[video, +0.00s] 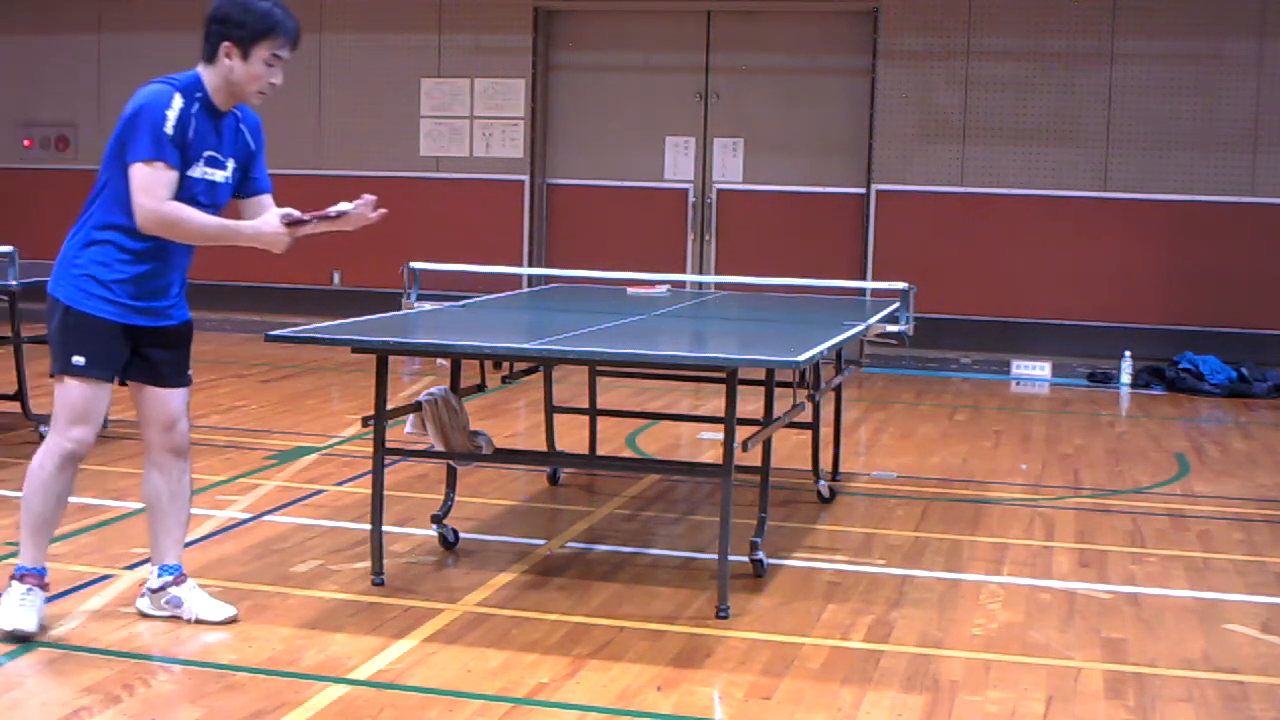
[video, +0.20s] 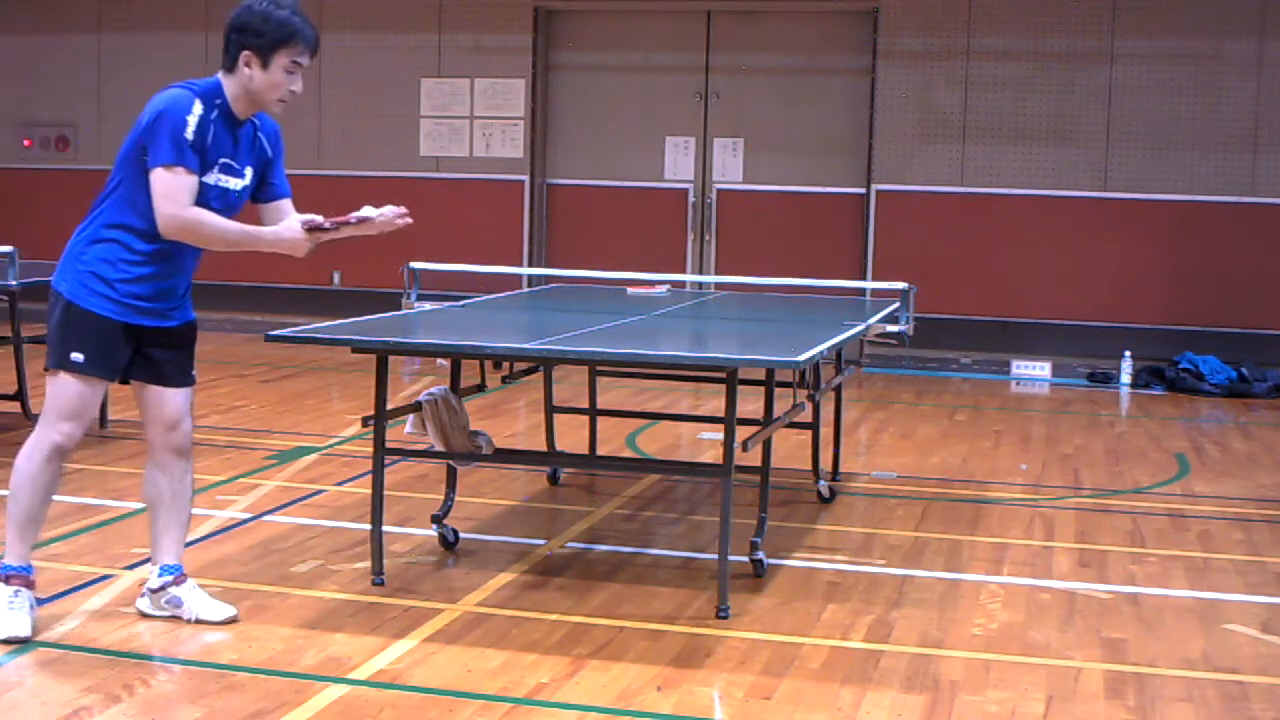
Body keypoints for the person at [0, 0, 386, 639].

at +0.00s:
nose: (278, 76)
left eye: (283, 63)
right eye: (270, 60)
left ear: (244, 59)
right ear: (228, 53)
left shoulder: (245, 126)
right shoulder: (162, 105)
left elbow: (260, 224)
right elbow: (150, 211)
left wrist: (330, 221)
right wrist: (247, 234)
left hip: (162, 298)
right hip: (95, 291)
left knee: (171, 438)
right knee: (73, 437)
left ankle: (166, 582)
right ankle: (27, 581)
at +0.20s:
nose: (297, 86)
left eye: (302, 73)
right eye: (290, 69)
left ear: (259, 67)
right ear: (247, 60)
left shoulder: (264, 136)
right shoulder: (180, 109)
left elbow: (283, 234)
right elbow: (173, 217)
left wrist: (356, 226)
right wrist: (270, 239)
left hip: (167, 299)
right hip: (98, 288)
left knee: (174, 438)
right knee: (61, 430)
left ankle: (166, 582)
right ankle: (14, 577)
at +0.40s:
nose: (303, 94)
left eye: (308, 81)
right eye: (296, 78)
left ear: (266, 74)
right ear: (252, 66)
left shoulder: (271, 143)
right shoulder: (187, 115)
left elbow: (291, 240)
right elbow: (184, 224)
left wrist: (368, 239)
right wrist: (283, 243)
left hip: (164, 299)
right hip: (95, 285)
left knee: (173, 438)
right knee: (43, 431)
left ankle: (166, 582)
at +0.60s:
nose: (295, 96)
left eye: (300, 83)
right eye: (288, 80)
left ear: (261, 77)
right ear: (244, 71)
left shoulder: (263, 145)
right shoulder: (178, 118)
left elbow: (293, 234)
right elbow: (185, 229)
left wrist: (371, 245)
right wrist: (288, 249)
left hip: (155, 300)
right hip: (86, 287)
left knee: (168, 441)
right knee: (31, 434)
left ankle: (164, 582)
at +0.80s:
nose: (269, 92)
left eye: (272, 78)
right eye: (260, 76)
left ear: (234, 76)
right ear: (216, 71)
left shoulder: (245, 142)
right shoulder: (151, 124)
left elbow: (300, 221)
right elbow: (166, 232)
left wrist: (371, 259)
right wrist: (267, 227)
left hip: (140, 305)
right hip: (68, 296)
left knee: (168, 436)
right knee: (22, 442)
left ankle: (165, 582)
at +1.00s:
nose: (227, 73)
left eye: (228, 59)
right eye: (216, 58)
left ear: (182, 66)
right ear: (170, 63)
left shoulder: (208, 123)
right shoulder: (112, 125)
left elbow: (293, 157)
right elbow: (123, 234)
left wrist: (380, 157)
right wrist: (221, 220)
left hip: (122, 311)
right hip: (47, 311)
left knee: (168, 436)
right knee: (15, 454)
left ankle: (166, 582)